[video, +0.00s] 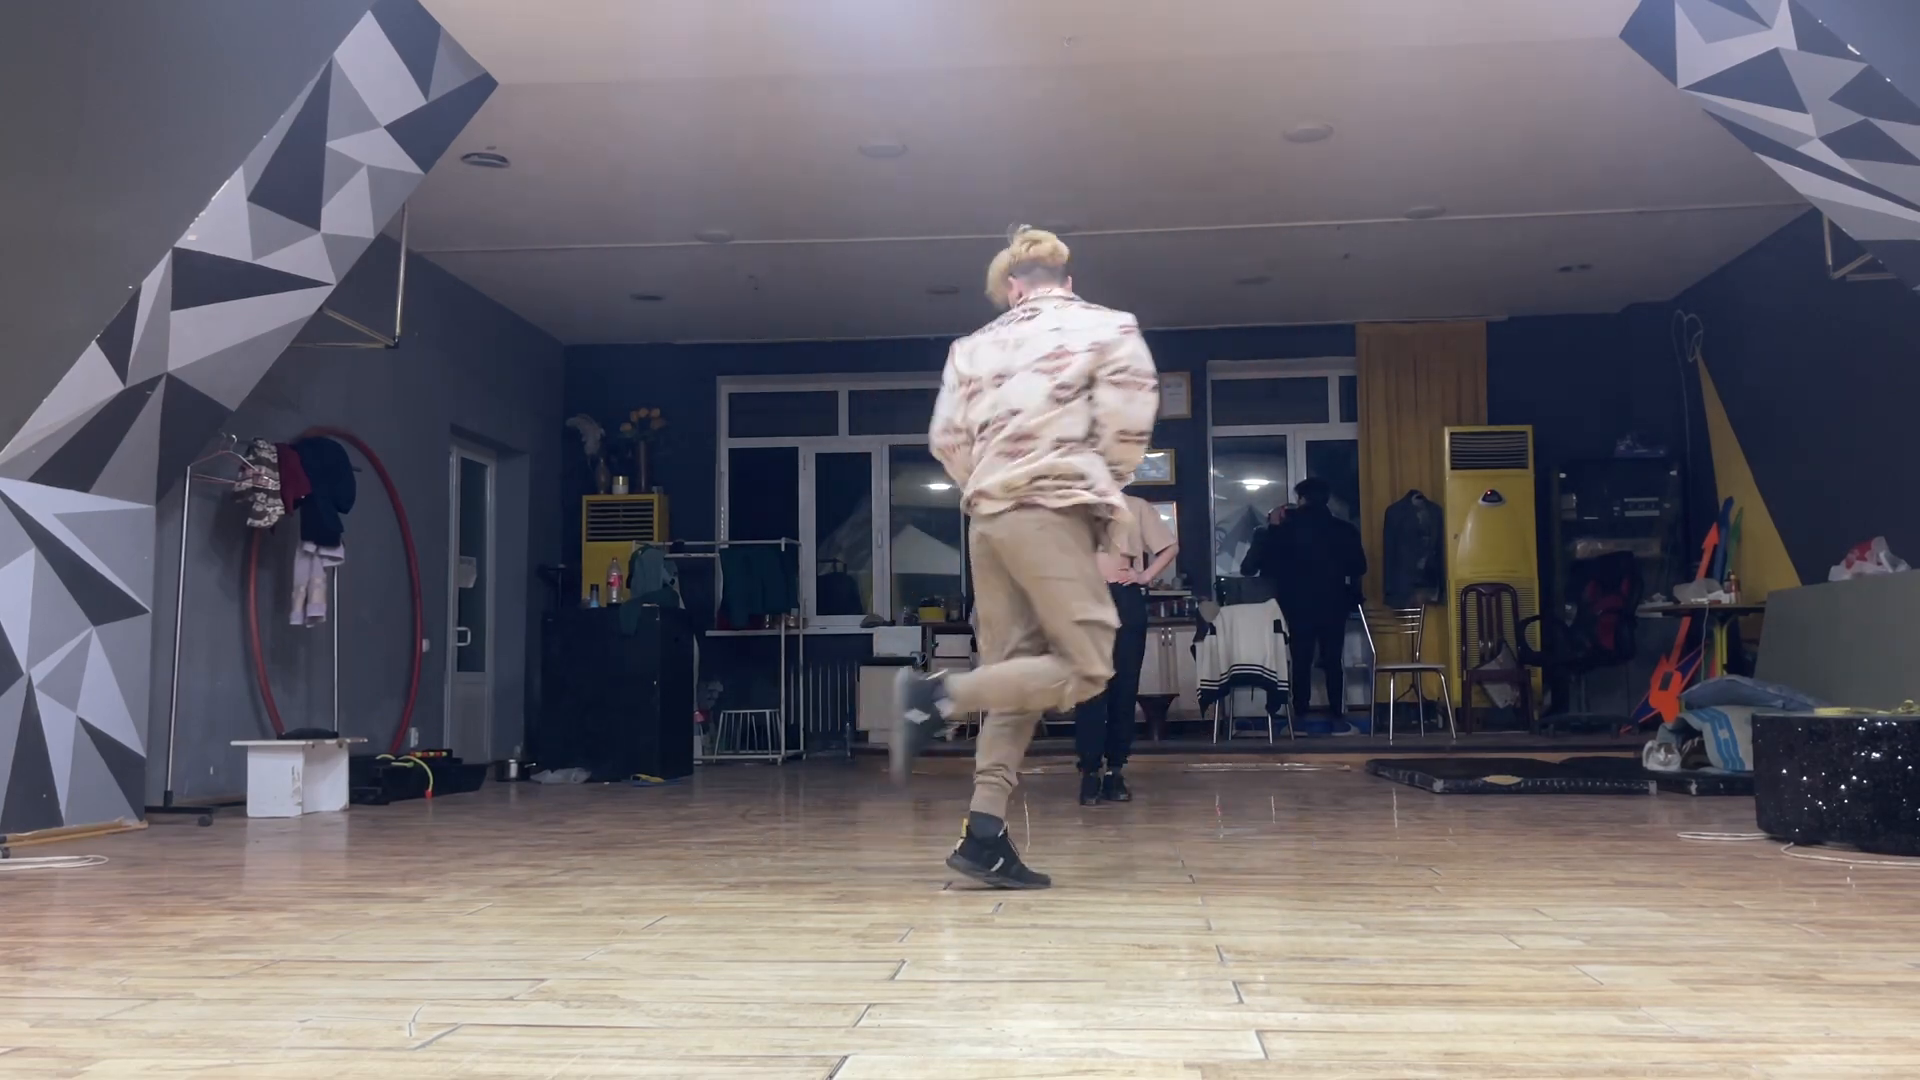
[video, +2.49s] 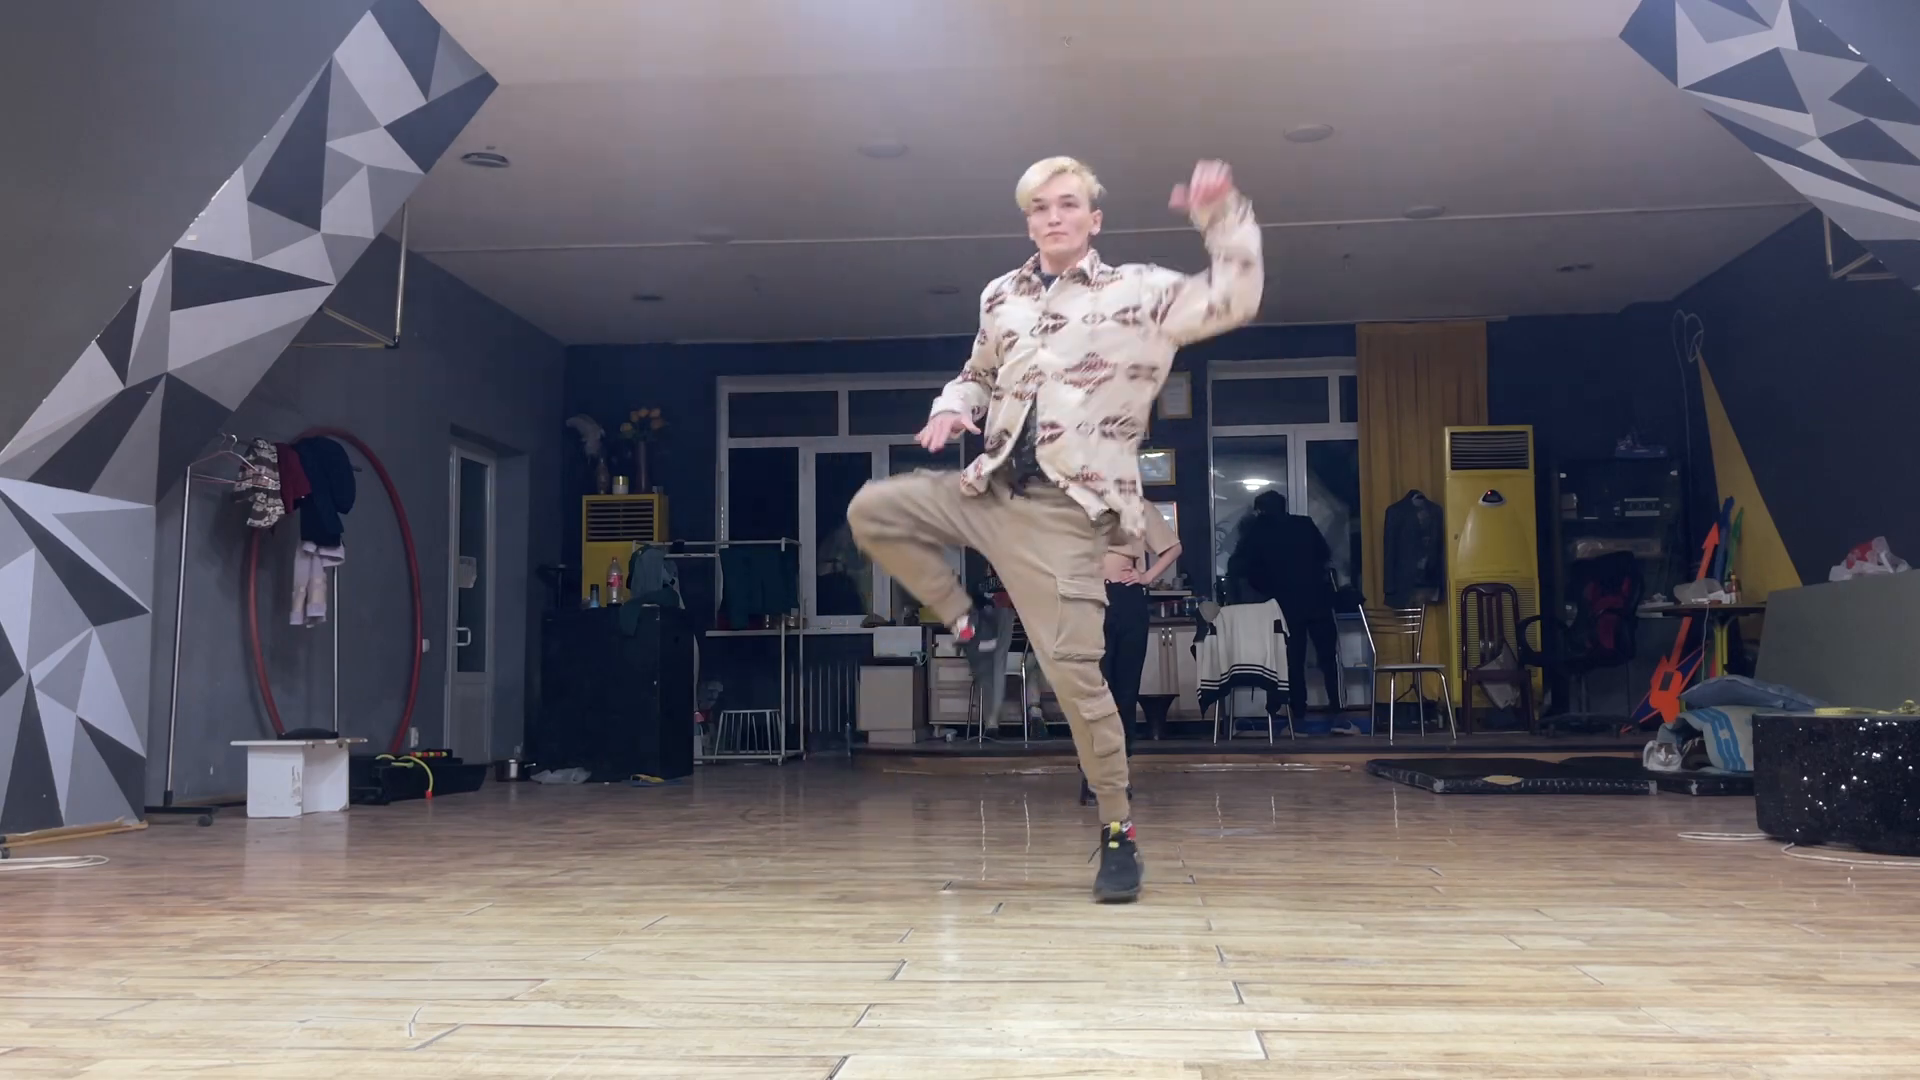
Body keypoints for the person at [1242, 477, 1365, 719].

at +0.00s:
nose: (1298, 503)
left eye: (1299, 499)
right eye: (1301, 499)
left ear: (1301, 500)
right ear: (1327, 500)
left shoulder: (1286, 528)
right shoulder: (1344, 529)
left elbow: (1250, 567)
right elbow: (1358, 568)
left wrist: (1270, 527)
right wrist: (1355, 597)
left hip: (1298, 605)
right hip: (1333, 604)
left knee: (1300, 661)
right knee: (1333, 661)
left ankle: (1300, 717)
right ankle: (1337, 718)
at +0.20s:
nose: (1298, 502)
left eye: (1299, 498)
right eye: (1300, 498)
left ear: (1302, 499)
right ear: (1327, 499)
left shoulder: (1287, 528)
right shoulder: (1345, 529)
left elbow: (1252, 567)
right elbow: (1358, 568)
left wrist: (1272, 529)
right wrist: (1354, 598)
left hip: (1297, 604)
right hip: (1333, 603)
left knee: (1300, 660)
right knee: (1333, 661)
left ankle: (1300, 716)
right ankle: (1337, 718)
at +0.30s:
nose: (1299, 502)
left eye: (1300, 498)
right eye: (1300, 498)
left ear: (1303, 499)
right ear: (1326, 500)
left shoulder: (1287, 528)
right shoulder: (1345, 529)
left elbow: (1269, 566)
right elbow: (1358, 567)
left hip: (1298, 604)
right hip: (1332, 603)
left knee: (1300, 661)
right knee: (1333, 661)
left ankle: (1299, 718)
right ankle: (1337, 718)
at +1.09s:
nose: (1285, 509)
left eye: (1285, 505)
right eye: (1286, 505)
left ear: (1286, 505)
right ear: (1310, 503)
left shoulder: (1276, 530)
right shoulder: (1330, 526)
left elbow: (1264, 568)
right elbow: (1347, 561)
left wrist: (1277, 592)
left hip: (1294, 605)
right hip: (1328, 603)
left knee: (1299, 663)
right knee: (1331, 662)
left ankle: (1299, 718)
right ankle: (1336, 719)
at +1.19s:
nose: (1282, 510)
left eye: (1282, 506)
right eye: (1282, 506)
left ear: (1284, 506)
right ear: (1307, 503)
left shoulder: (1275, 530)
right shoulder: (1326, 525)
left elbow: (1262, 569)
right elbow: (1342, 560)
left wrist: (1277, 591)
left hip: (1293, 605)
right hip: (1327, 603)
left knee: (1299, 663)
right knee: (1330, 662)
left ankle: (1299, 720)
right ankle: (1336, 719)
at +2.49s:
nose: (1258, 514)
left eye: (1258, 510)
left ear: (1259, 510)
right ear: (1283, 506)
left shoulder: (1255, 532)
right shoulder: (1304, 523)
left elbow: (1240, 568)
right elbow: (1324, 554)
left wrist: (1268, 589)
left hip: (1283, 602)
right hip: (1316, 598)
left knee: (1293, 660)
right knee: (1328, 657)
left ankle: (1297, 717)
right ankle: (1337, 714)